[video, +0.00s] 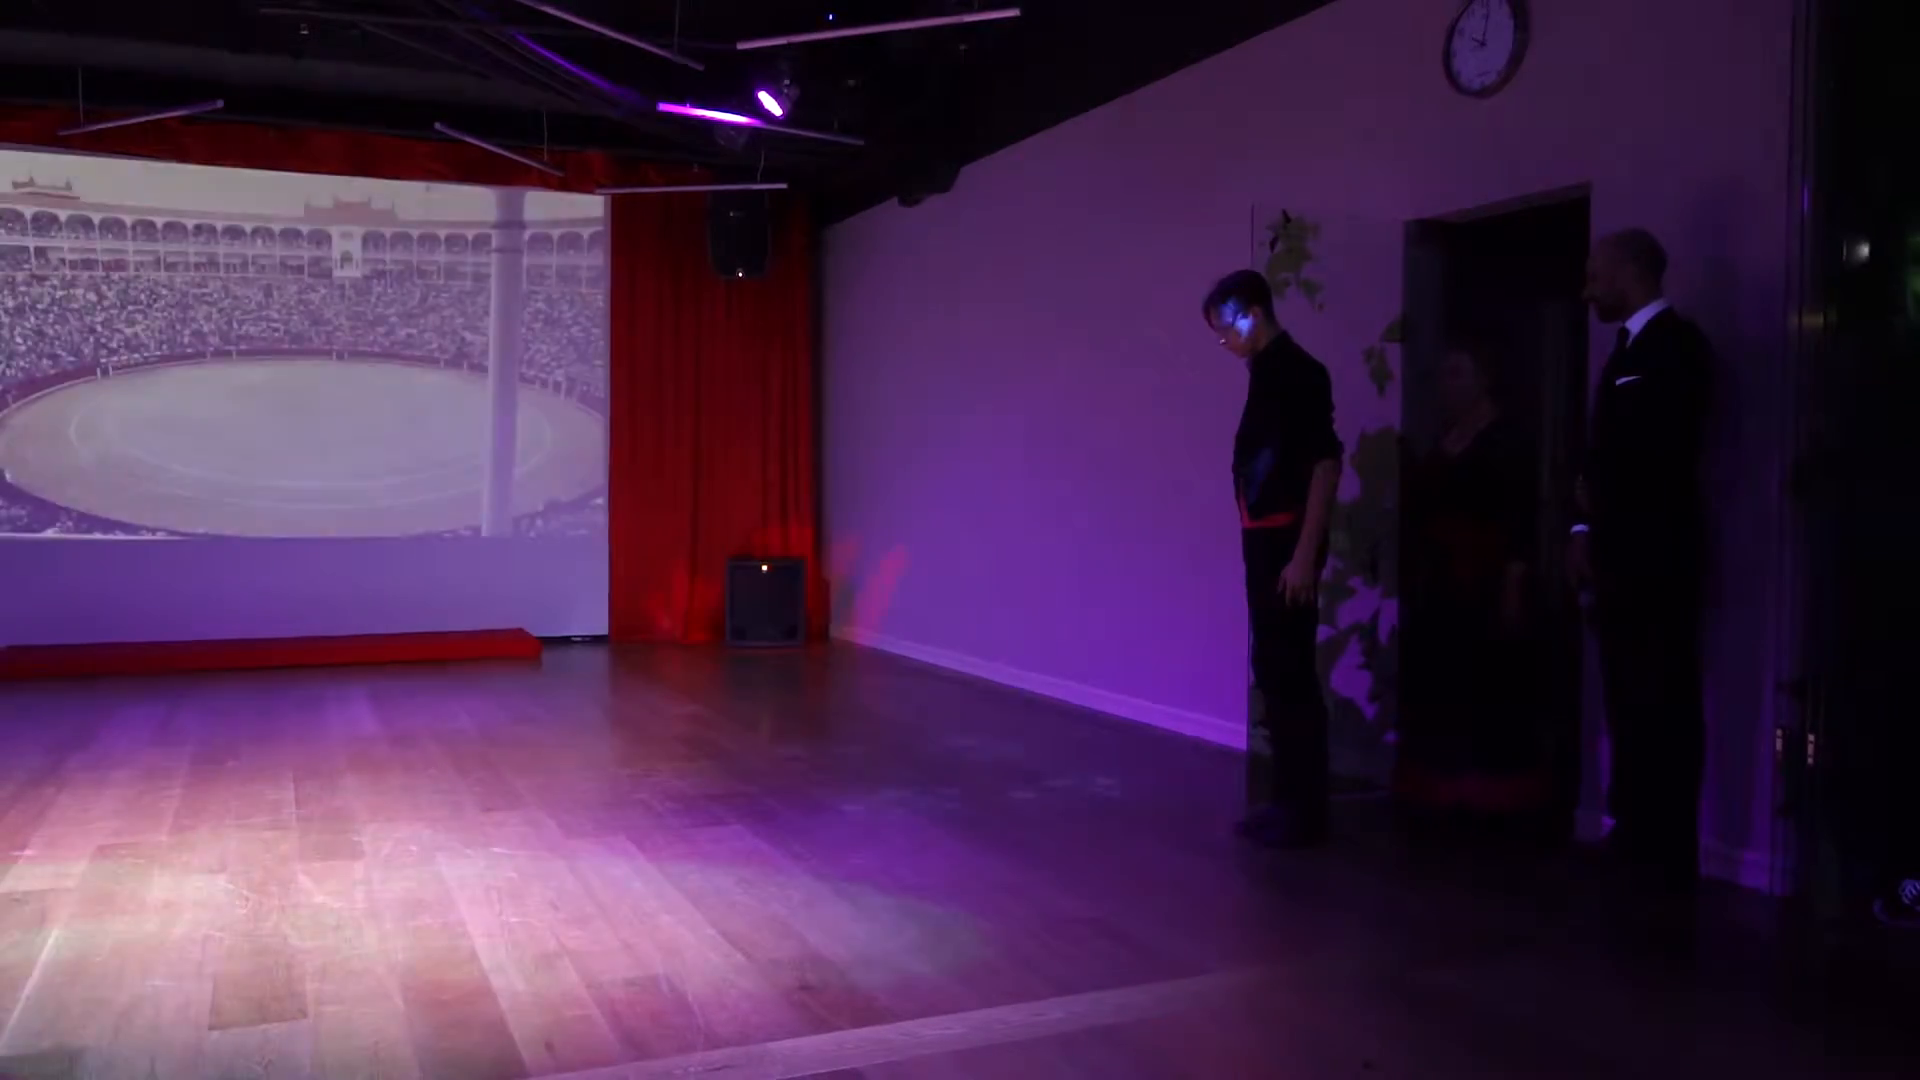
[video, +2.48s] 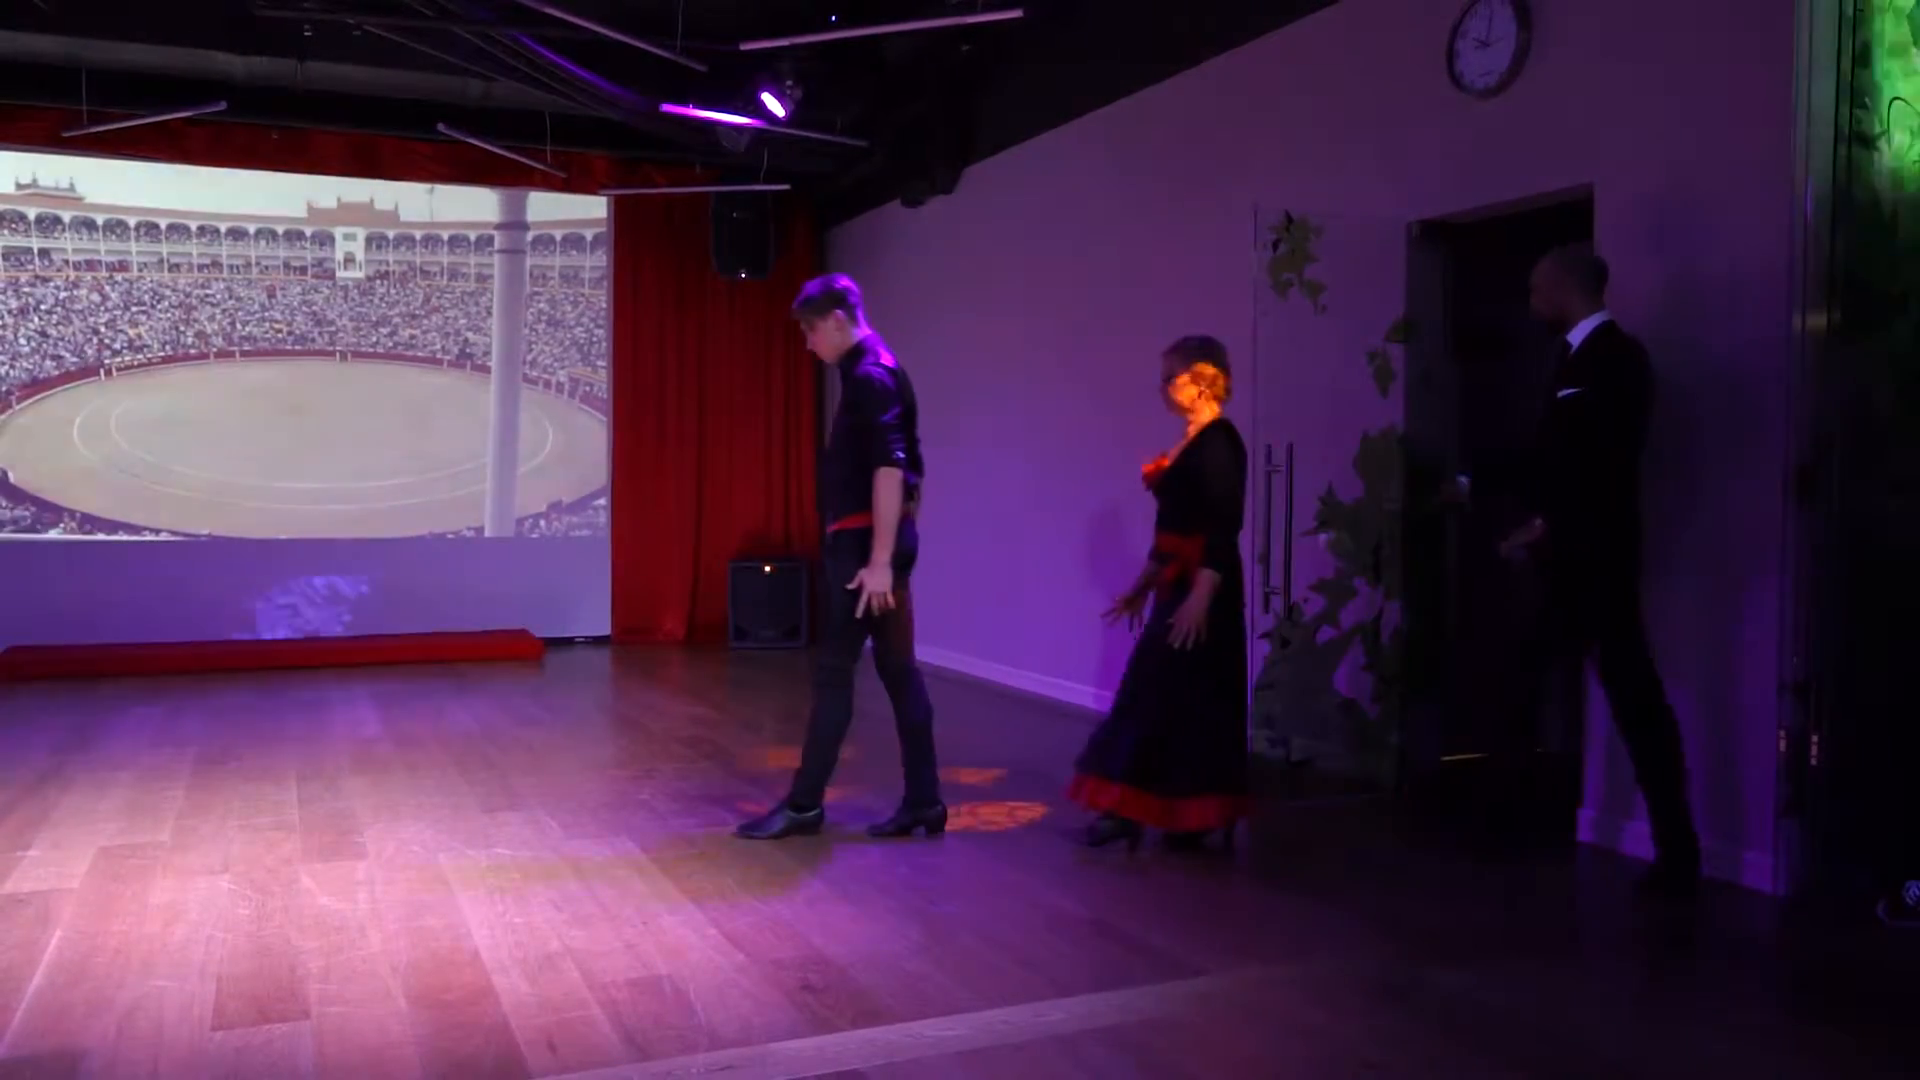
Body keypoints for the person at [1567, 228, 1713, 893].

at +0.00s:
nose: (1591, 286)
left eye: (1600, 271)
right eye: (1592, 272)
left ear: (1634, 275)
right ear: (1638, 275)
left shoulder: (1671, 349)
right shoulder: (1633, 349)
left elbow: (1647, 466)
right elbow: (1603, 458)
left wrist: (1606, 538)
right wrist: (1586, 528)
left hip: (1661, 556)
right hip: (1632, 554)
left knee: (1659, 706)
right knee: (1636, 706)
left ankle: (1660, 852)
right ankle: (1638, 846)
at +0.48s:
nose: (1596, 289)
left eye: (1605, 275)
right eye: (1597, 275)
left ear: (1638, 278)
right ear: (1642, 277)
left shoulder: (1671, 351)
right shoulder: (1638, 348)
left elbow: (1644, 463)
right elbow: (1615, 456)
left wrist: (1599, 524)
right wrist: (1588, 518)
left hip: (1660, 556)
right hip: (1633, 554)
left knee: (1658, 704)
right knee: (1636, 703)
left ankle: (1660, 849)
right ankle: (1637, 842)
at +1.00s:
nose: (1601, 287)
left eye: (1609, 272)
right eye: (1603, 273)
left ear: (1642, 276)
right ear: (1651, 277)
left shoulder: (1677, 352)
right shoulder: (1644, 348)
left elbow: (1652, 464)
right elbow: (1614, 453)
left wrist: (1609, 531)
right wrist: (1588, 519)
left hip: (1660, 558)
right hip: (1634, 556)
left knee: (1657, 703)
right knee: (1640, 702)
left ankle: (1662, 850)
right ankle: (1640, 842)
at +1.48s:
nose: (1602, 287)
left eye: (1610, 274)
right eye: (1603, 274)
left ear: (1644, 277)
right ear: (1650, 276)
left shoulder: (1683, 350)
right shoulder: (1649, 348)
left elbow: (1662, 462)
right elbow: (1622, 451)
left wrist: (1619, 527)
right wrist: (1584, 510)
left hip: (1669, 555)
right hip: (1640, 553)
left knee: (1662, 700)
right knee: (1640, 699)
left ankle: (1664, 849)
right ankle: (1638, 840)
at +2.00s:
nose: (1603, 288)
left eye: (1611, 275)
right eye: (1604, 275)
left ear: (1640, 278)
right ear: (1654, 277)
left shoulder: (1681, 355)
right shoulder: (1646, 351)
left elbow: (1654, 465)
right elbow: (1622, 453)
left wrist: (1599, 517)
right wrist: (1586, 507)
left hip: (1664, 558)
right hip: (1633, 554)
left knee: (1668, 702)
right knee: (1615, 700)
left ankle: (1675, 855)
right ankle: (1612, 848)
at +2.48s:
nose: (1534, 301)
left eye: (1541, 288)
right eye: (1535, 289)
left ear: (1570, 288)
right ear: (1584, 287)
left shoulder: (1598, 361)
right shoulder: (1601, 356)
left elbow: (1585, 470)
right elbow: (1584, 469)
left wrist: (1547, 525)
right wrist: (1546, 525)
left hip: (1595, 552)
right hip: (1590, 549)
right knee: (1634, 695)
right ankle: (1675, 847)